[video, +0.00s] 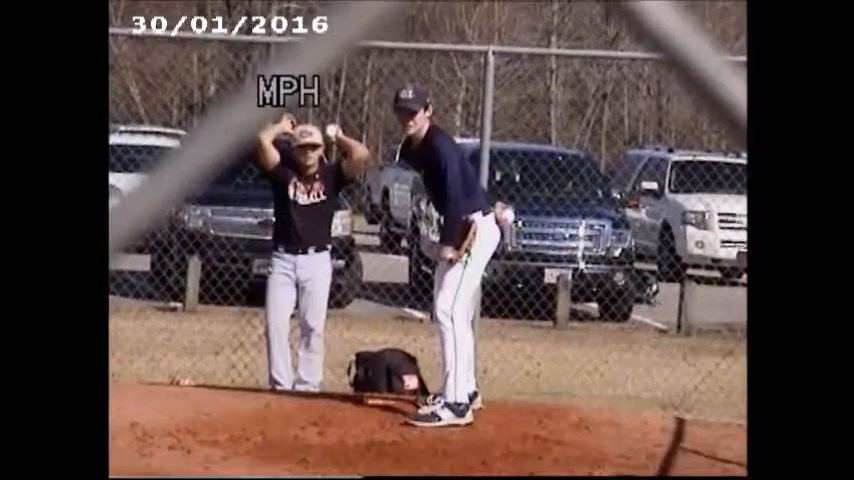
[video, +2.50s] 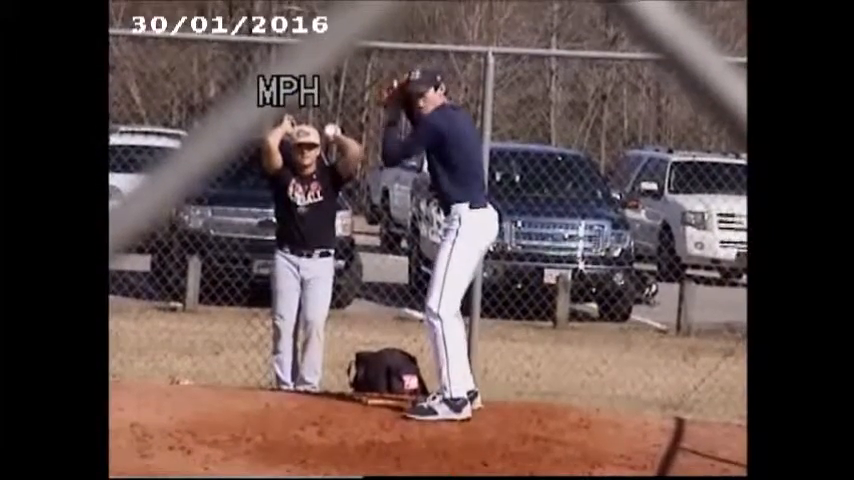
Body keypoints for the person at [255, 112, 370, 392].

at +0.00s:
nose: (309, 154)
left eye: (314, 148)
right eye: (303, 149)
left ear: (322, 150)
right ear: (294, 151)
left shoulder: (333, 175)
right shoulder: (283, 174)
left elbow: (362, 156)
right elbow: (264, 142)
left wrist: (340, 138)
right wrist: (280, 127)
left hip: (317, 260)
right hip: (283, 259)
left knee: (313, 325)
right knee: (276, 323)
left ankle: (308, 386)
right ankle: (279, 384)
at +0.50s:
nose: (309, 151)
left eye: (315, 146)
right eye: (304, 146)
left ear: (323, 147)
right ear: (294, 147)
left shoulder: (333, 173)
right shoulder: (283, 172)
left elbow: (362, 151)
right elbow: (265, 141)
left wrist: (339, 136)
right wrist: (281, 126)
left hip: (317, 257)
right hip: (283, 256)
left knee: (312, 324)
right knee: (277, 321)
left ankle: (308, 384)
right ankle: (276, 382)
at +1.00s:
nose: (306, 149)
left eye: (312, 143)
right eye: (300, 144)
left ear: (320, 145)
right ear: (291, 146)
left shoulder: (330, 170)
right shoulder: (280, 171)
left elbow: (362, 153)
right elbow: (264, 139)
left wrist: (339, 136)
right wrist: (281, 125)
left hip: (319, 256)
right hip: (284, 255)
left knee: (311, 323)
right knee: (280, 320)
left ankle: (307, 383)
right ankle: (278, 381)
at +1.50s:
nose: (304, 153)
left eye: (309, 147)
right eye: (299, 148)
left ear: (318, 148)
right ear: (290, 150)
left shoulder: (331, 175)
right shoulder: (281, 174)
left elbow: (367, 159)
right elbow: (263, 144)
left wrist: (343, 140)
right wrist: (280, 129)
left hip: (319, 259)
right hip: (285, 257)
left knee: (313, 322)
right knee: (280, 321)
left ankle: (309, 381)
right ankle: (278, 381)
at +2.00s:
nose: (304, 153)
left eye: (310, 147)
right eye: (299, 147)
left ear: (318, 149)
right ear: (291, 149)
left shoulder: (330, 174)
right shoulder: (281, 174)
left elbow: (358, 157)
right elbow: (268, 148)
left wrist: (339, 138)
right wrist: (282, 129)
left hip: (320, 260)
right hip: (286, 258)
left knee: (314, 324)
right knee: (281, 322)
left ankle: (309, 383)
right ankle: (280, 382)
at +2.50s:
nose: (305, 155)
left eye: (311, 149)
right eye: (300, 150)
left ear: (320, 150)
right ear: (292, 151)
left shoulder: (331, 176)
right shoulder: (282, 176)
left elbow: (354, 155)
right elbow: (270, 147)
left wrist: (339, 138)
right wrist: (284, 127)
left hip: (321, 260)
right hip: (287, 258)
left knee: (315, 322)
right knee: (283, 321)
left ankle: (309, 381)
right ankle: (283, 380)